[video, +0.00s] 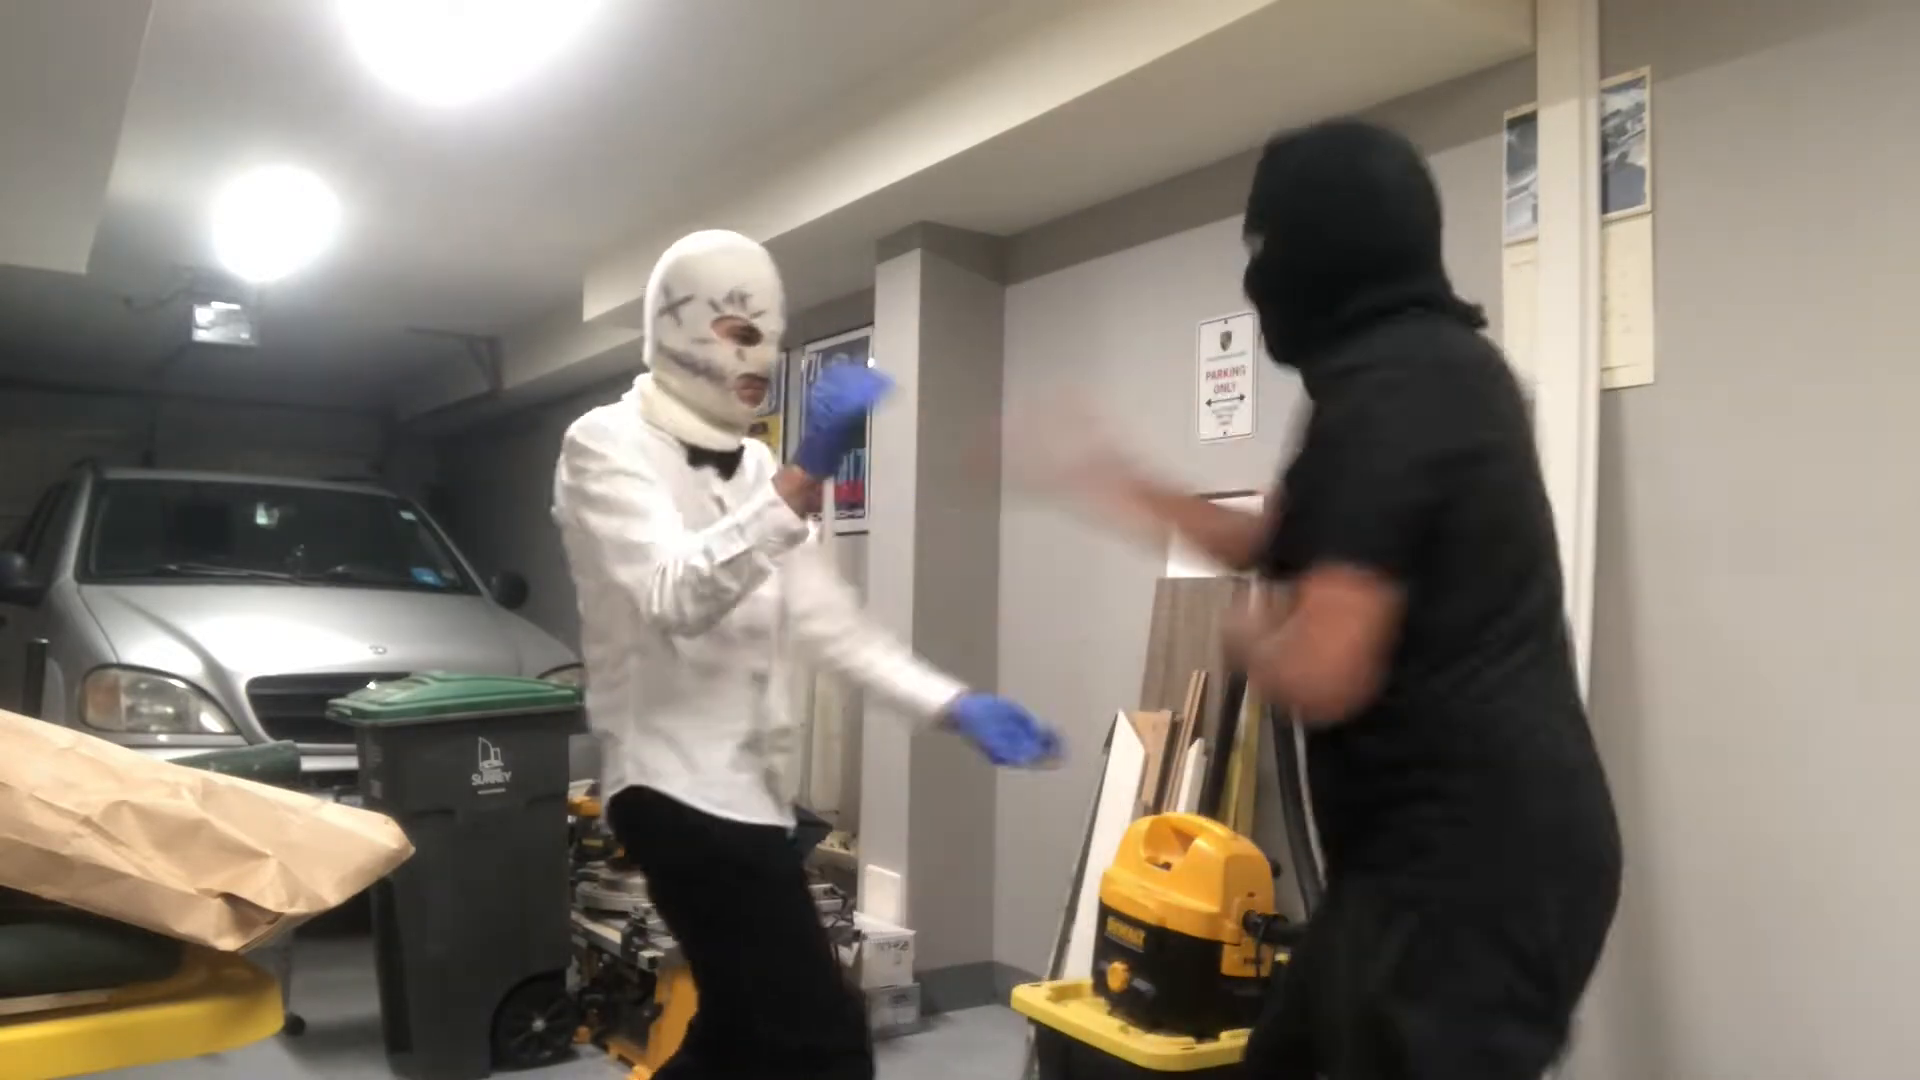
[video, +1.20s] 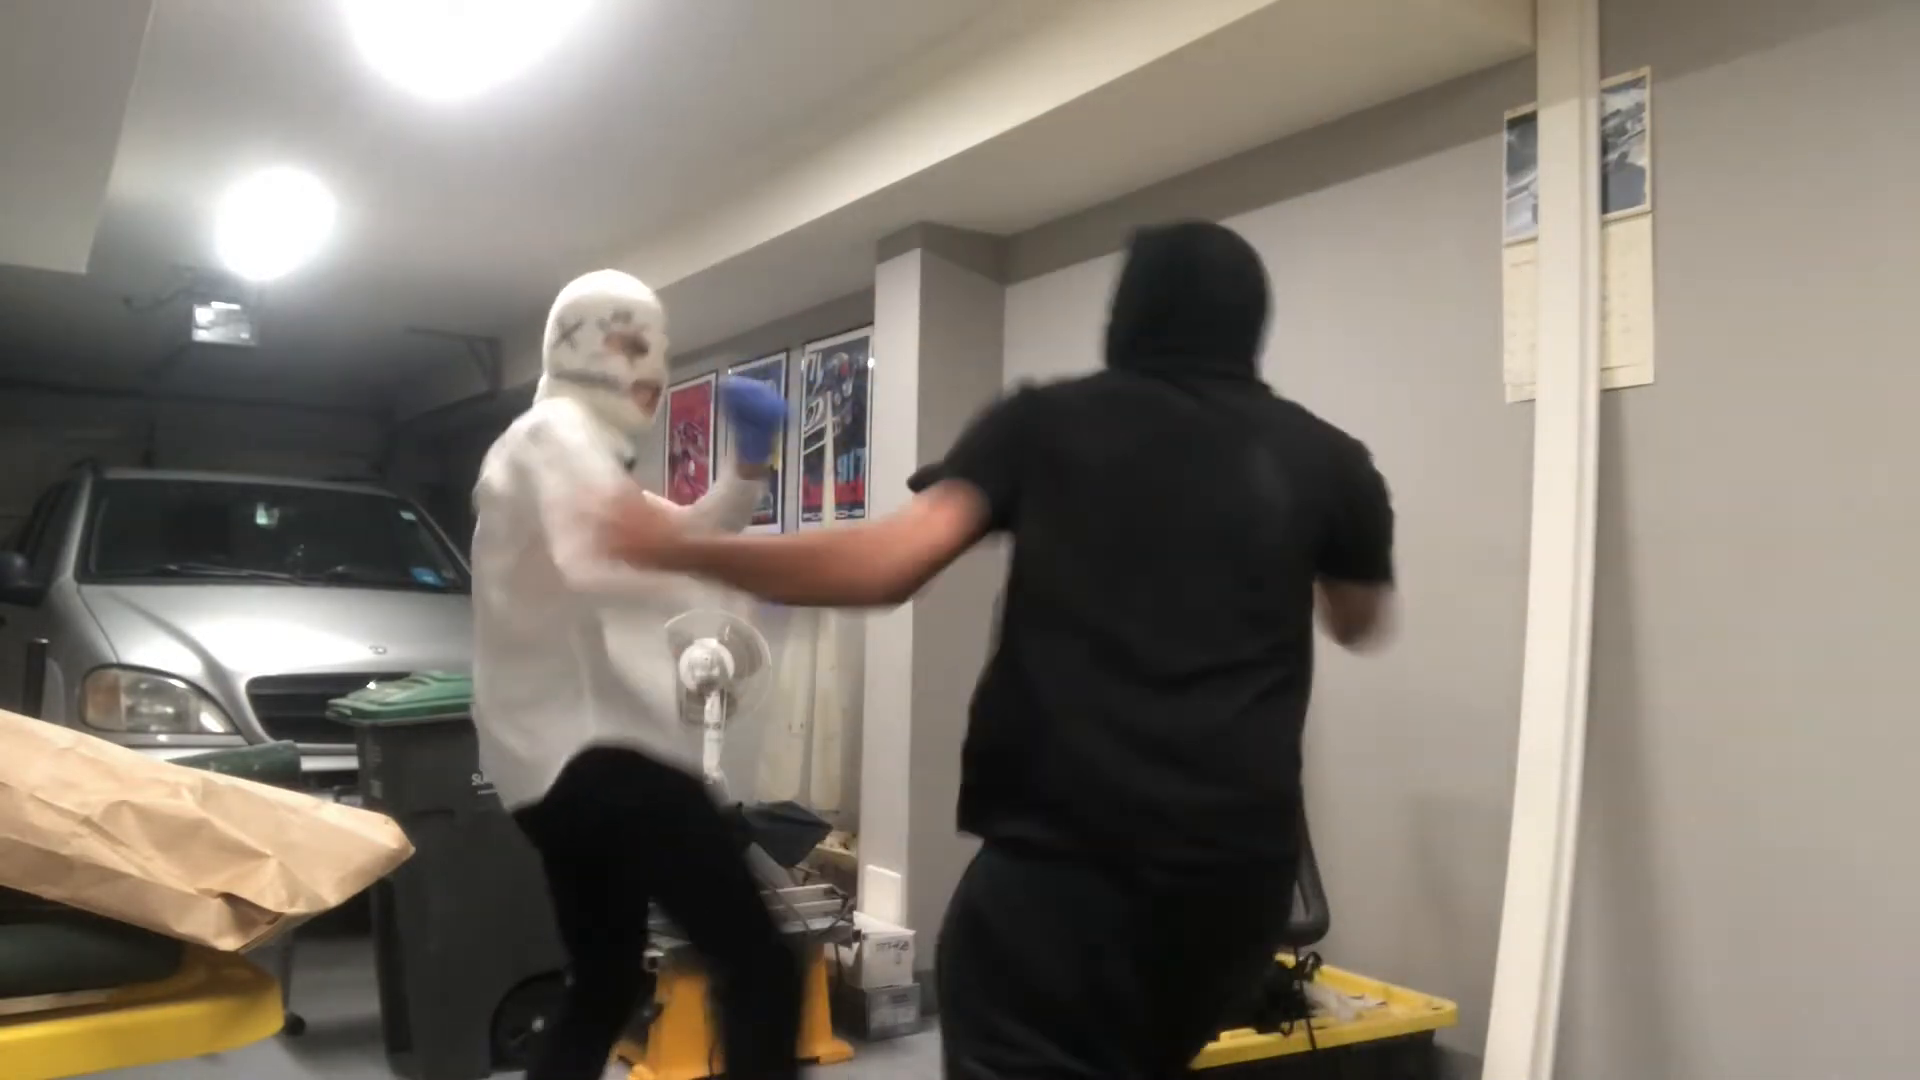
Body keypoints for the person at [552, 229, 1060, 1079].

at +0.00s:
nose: (757, 357)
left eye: (765, 337)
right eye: (735, 331)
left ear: (777, 344)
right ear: (672, 331)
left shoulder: (761, 467)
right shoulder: (607, 444)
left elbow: (832, 626)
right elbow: (671, 597)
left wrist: (956, 704)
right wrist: (801, 479)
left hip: (752, 781)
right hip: (669, 780)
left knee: (736, 1033)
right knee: (819, 1035)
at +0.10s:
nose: (747, 365)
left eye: (754, 344)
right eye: (725, 339)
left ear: (756, 345)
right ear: (660, 335)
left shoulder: (735, 474)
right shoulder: (595, 446)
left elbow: (755, 635)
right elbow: (674, 596)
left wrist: (885, 651)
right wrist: (799, 513)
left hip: (723, 777)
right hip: (643, 776)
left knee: (732, 1036)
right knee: (778, 1042)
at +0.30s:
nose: (698, 368)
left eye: (702, 344)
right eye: (675, 343)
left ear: (711, 349)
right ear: (615, 349)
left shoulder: (693, 489)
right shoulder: (567, 464)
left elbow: (764, 589)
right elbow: (696, 622)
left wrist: (878, 540)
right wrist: (840, 620)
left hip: (689, 789)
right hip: (616, 790)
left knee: (732, 1038)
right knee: (748, 1044)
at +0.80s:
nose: (664, 392)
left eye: (669, 375)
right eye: (639, 371)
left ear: (673, 375)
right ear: (588, 369)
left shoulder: (593, 458)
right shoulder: (573, 438)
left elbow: (691, 575)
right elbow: (630, 596)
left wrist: (799, 522)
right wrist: (786, 582)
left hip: (615, 769)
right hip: (634, 763)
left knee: (672, 999)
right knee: (818, 976)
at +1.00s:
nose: (654, 359)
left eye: (663, 345)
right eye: (630, 334)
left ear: (670, 354)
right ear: (581, 336)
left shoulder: (556, 438)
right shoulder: (578, 391)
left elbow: (649, 609)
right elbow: (586, 496)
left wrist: (761, 561)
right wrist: (755, 491)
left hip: (556, 737)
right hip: (615, 705)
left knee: (609, 993)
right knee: (851, 852)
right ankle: (809, 1068)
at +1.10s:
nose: (655, 355)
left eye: (663, 339)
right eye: (637, 330)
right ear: (590, 328)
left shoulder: (571, 424)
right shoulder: (574, 393)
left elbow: (655, 584)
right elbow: (623, 484)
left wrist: (732, 501)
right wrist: (716, 442)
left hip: (553, 731)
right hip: (603, 710)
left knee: (590, 984)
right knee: (841, 861)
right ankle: (795, 1069)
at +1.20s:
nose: (652, 368)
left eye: (656, 350)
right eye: (634, 345)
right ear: (590, 346)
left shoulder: (545, 442)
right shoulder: (561, 435)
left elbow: (654, 552)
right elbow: (589, 561)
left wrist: (740, 476)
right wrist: (711, 543)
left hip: (553, 762)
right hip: (603, 753)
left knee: (606, 985)